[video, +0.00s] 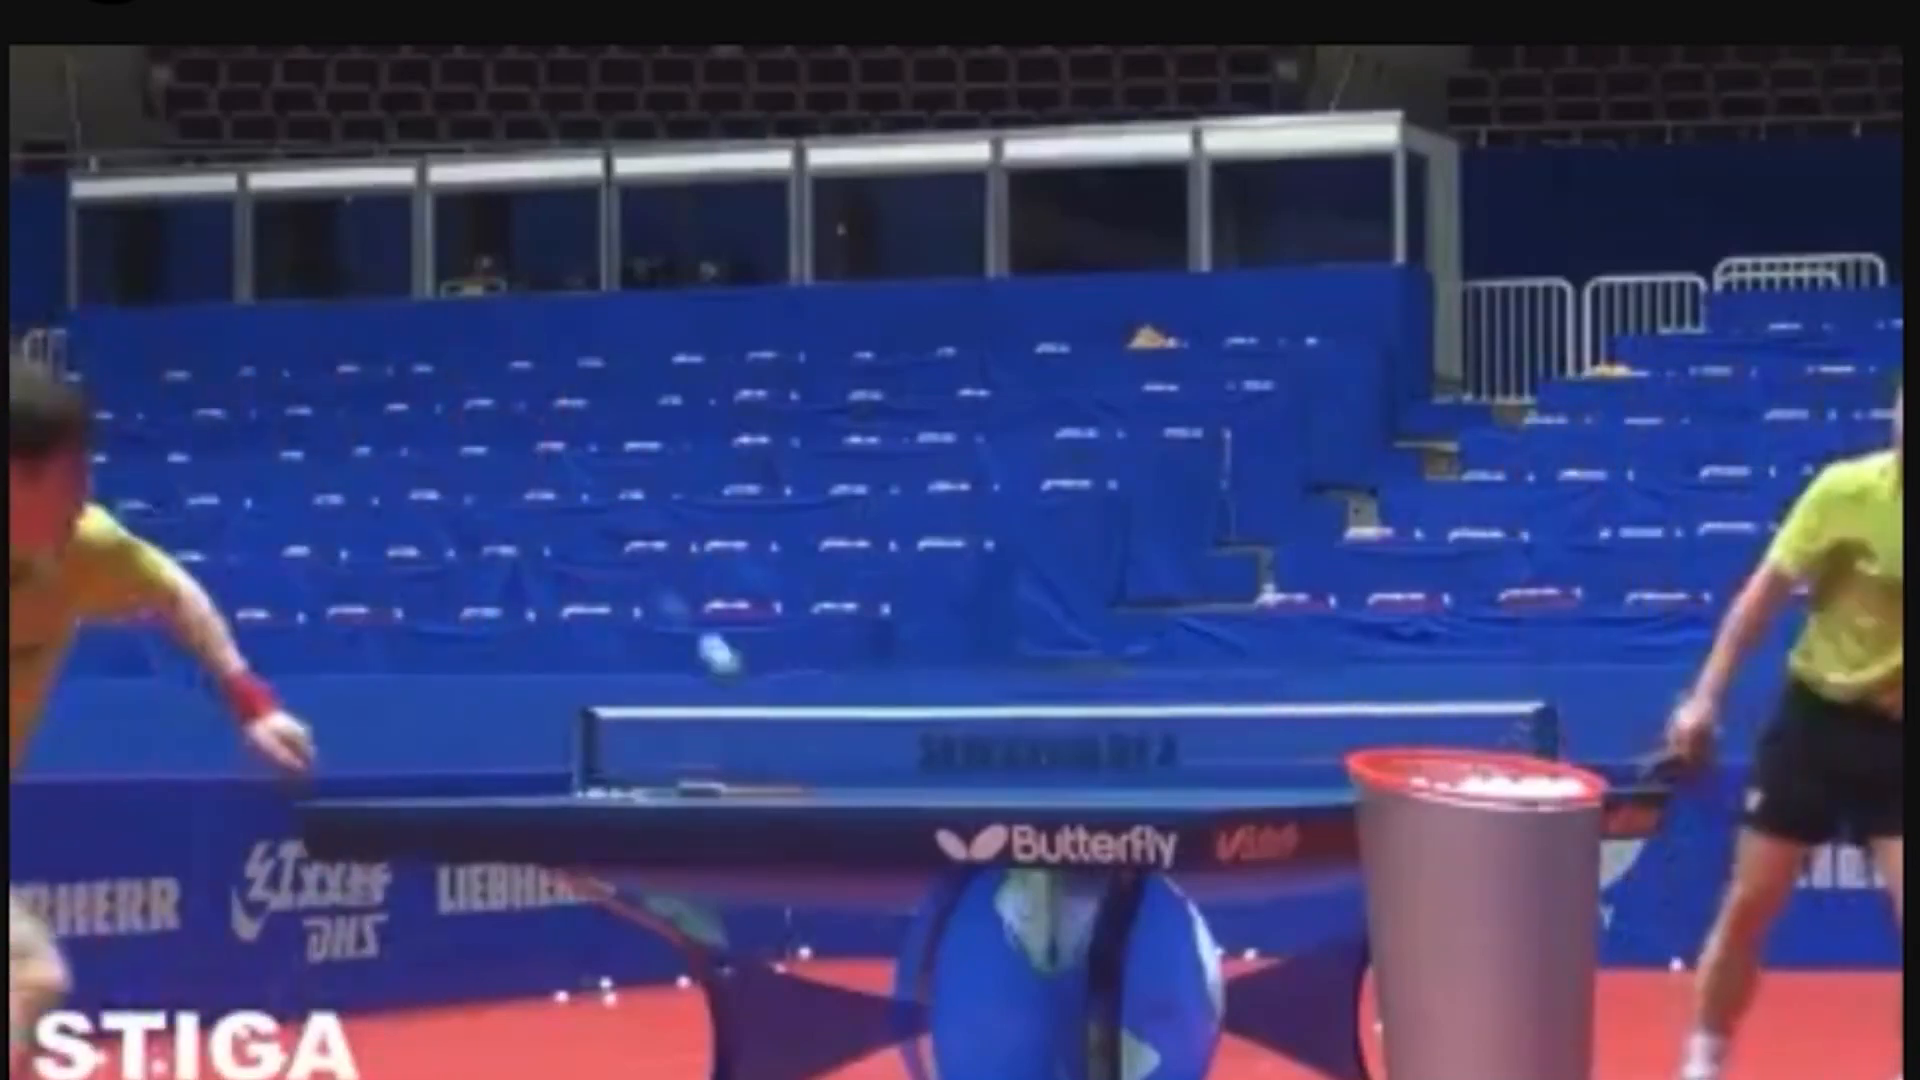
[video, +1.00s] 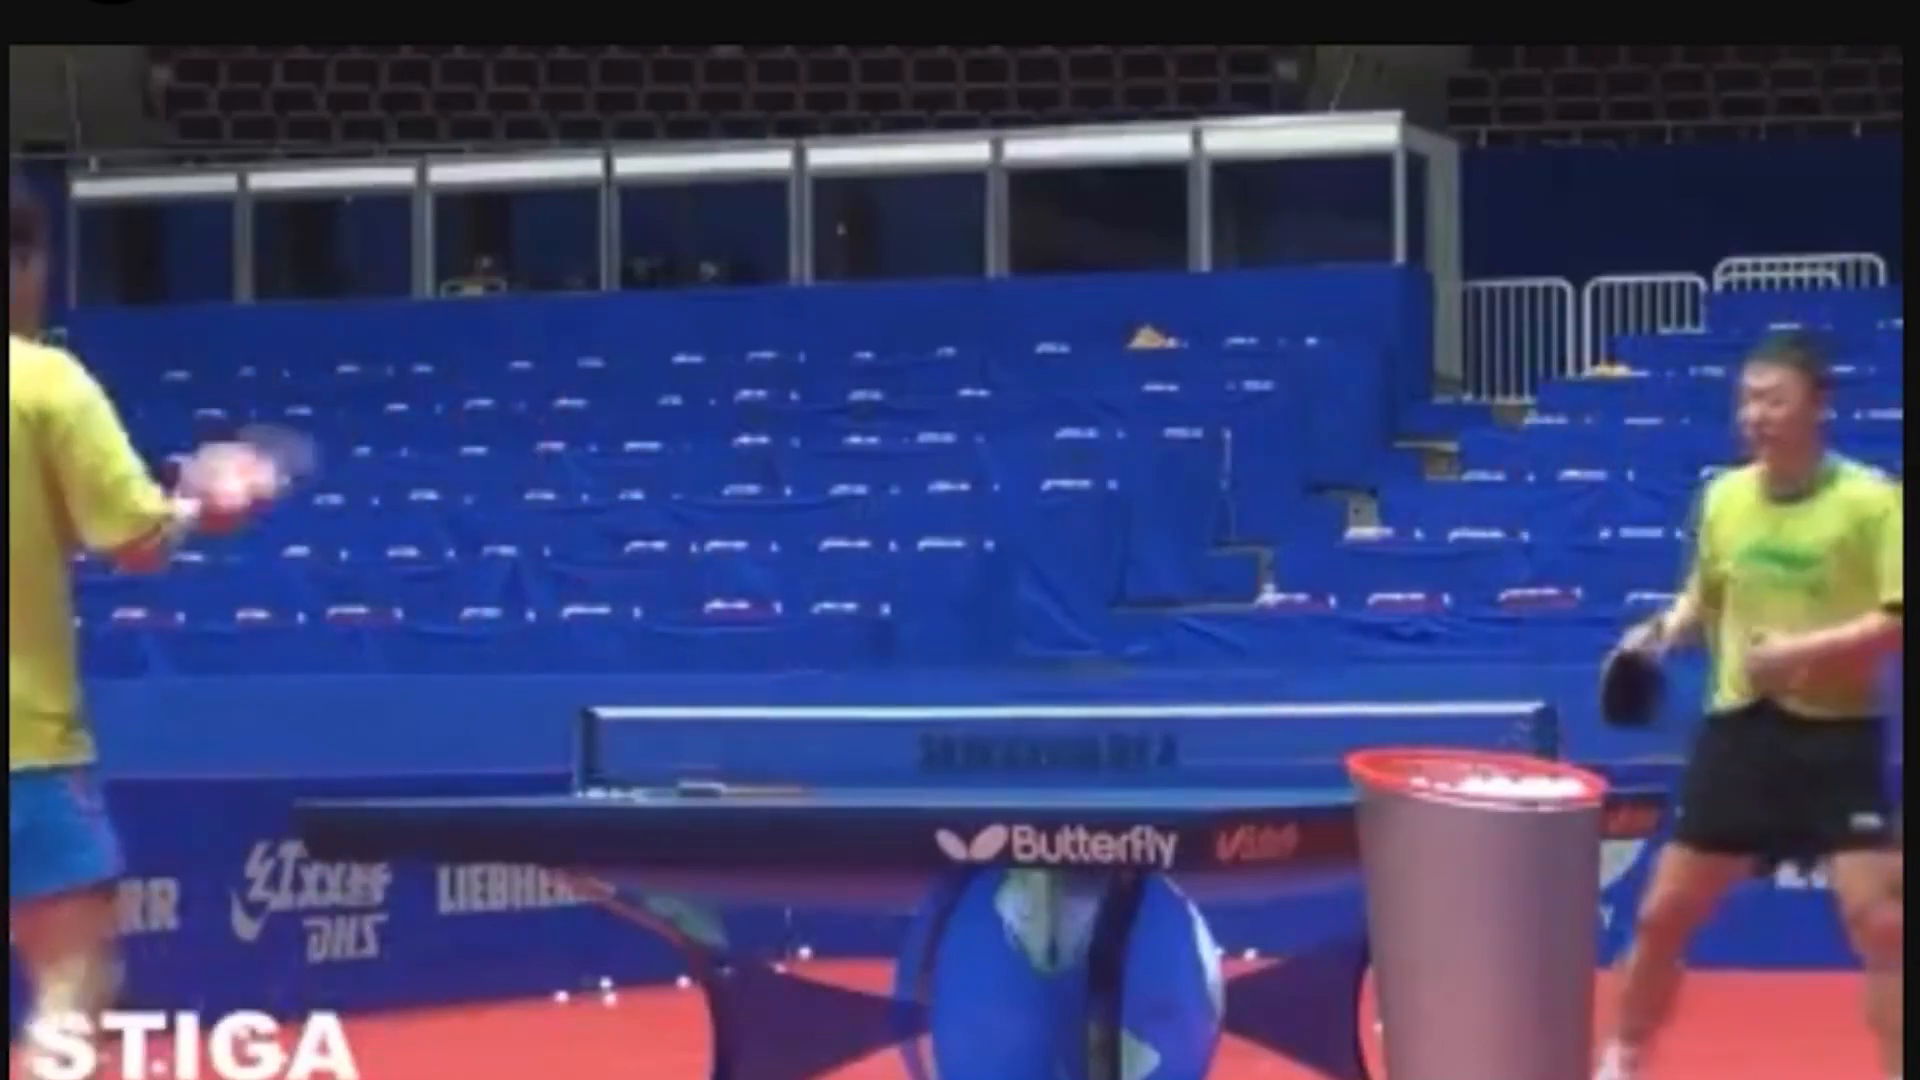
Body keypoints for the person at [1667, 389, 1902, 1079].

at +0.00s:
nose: (1903, 425)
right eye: (1901, 413)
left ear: (1897, 422)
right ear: (1894, 416)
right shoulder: (1851, 489)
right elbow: (1767, 588)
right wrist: (1705, 698)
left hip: (1896, 722)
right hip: (1819, 711)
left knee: (1902, 897)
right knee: (1753, 897)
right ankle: (1705, 1056)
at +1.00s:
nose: (1757, 417)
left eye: (1774, 401)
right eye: (1749, 401)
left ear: (1818, 406)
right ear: (1740, 410)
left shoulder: (1874, 502)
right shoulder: (1723, 496)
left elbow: (1894, 617)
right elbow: (1703, 595)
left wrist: (1803, 651)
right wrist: (1661, 633)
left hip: (1841, 735)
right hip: (1738, 729)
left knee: (1880, 923)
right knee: (1663, 912)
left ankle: (1897, 1066)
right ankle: (1623, 1059)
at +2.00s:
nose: (1605, 500)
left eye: (1621, 482)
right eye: (1593, 484)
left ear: (1663, 481)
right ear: (1582, 488)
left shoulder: (1731, 546)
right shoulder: (1588, 564)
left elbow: (1840, 604)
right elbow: (1591, 671)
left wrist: (1785, 699)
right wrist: (1612, 726)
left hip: (1757, 752)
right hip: (1662, 758)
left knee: (1792, 915)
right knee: (1604, 922)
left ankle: (1824, 1070)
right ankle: (1578, 1068)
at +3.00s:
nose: (1693, 456)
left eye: (1705, 436)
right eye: (1679, 441)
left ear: (1742, 425)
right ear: (1668, 444)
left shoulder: (1805, 470)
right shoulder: (1669, 516)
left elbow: (1876, 546)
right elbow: (1700, 586)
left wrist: (1845, 608)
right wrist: (1726, 649)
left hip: (1826, 715)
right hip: (1731, 720)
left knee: (1831, 913)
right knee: (1699, 923)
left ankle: (1857, 1068)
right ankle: (1676, 1062)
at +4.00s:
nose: (1591, 455)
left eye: (1601, 438)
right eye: (1585, 441)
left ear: (1644, 435)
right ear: (1588, 449)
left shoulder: (1715, 501)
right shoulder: (1615, 520)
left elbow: (1777, 580)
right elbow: (1622, 606)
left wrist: (1688, 627)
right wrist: (1578, 630)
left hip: (1726, 715)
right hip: (1652, 715)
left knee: (1746, 887)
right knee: (1606, 866)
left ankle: (1817, 1037)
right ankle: (1602, 1030)